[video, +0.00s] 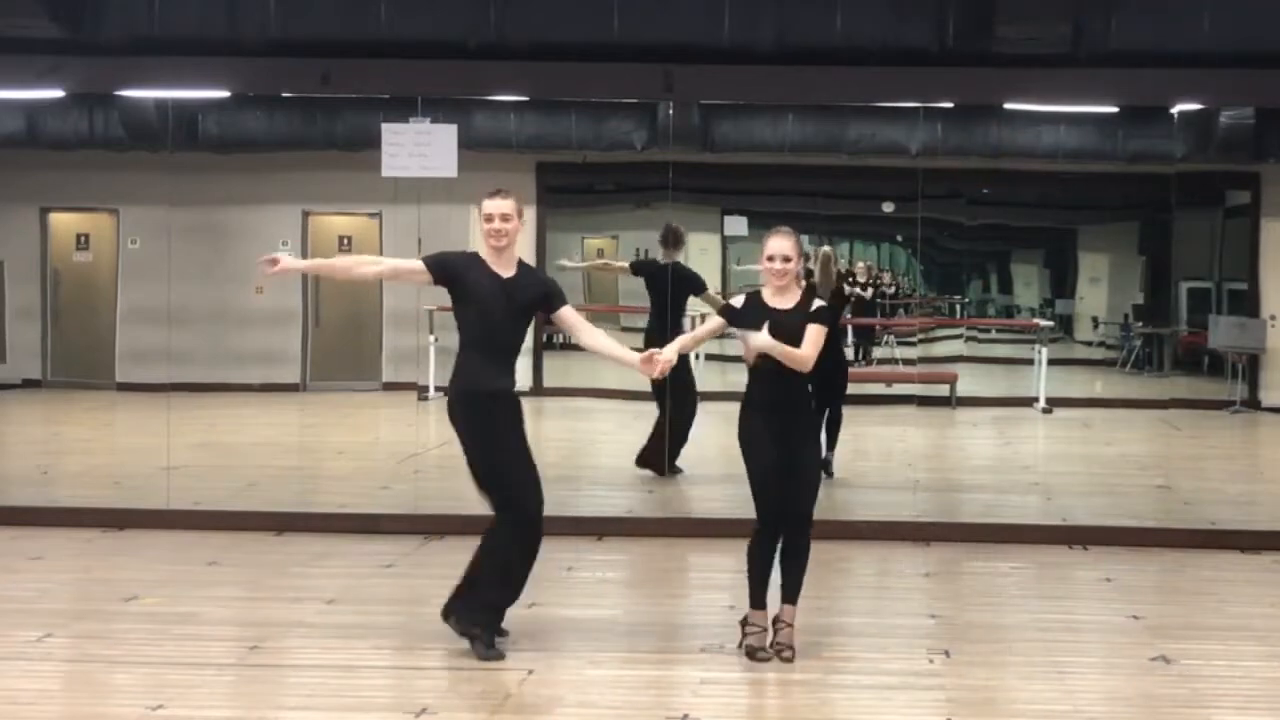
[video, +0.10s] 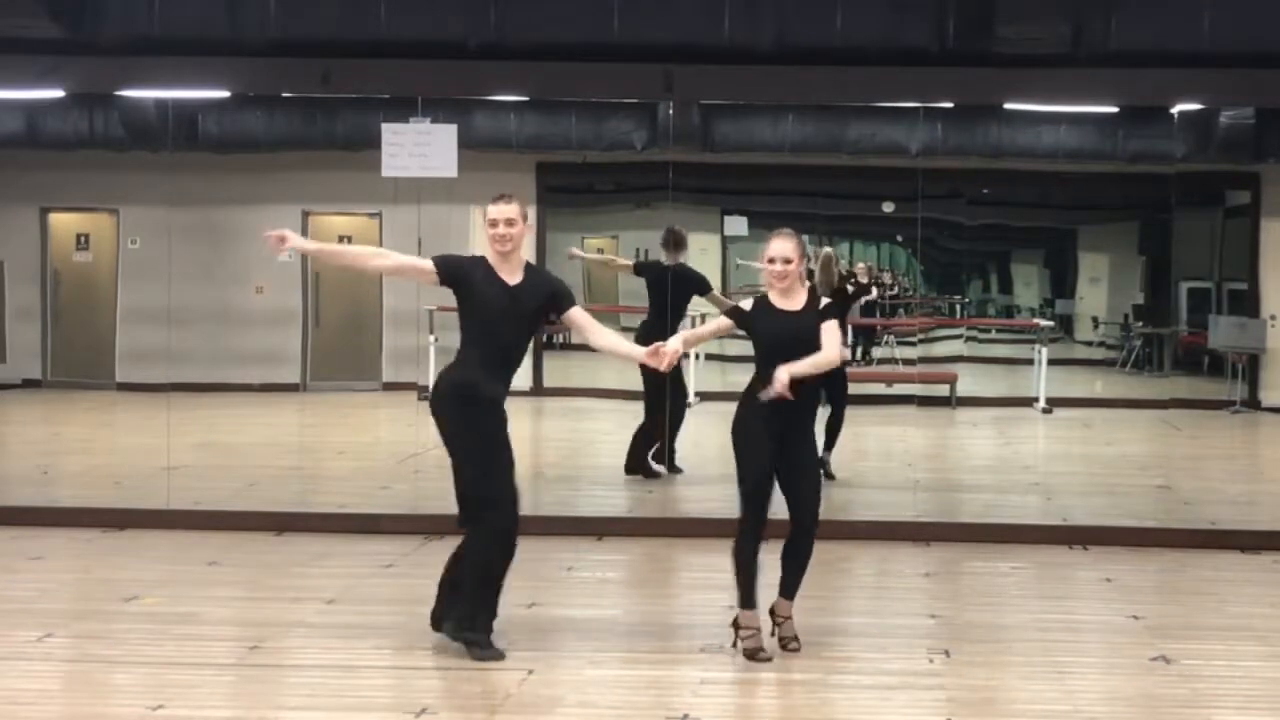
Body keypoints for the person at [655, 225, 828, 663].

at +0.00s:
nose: (778, 266)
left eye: (786, 259)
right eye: (771, 258)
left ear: (800, 263)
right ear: (761, 262)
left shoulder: (818, 306)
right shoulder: (746, 303)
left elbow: (806, 360)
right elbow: (699, 334)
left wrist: (764, 342)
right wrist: (669, 351)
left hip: (802, 424)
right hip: (759, 422)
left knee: (799, 522)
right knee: (770, 519)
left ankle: (786, 619)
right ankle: (756, 617)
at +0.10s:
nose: (777, 268)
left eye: (785, 261)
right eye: (771, 261)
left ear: (802, 264)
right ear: (762, 264)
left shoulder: (821, 307)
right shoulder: (753, 309)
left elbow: (834, 354)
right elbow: (703, 332)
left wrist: (790, 370)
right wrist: (675, 344)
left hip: (798, 427)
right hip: (755, 424)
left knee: (806, 521)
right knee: (753, 518)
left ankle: (784, 608)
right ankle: (747, 616)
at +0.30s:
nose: (765, 276)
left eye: (772, 270)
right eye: (764, 269)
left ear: (797, 272)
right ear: (781, 273)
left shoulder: (833, 315)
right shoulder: (764, 318)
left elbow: (876, 359)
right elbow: (709, 341)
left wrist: (841, 401)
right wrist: (688, 339)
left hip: (811, 431)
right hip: (761, 424)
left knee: (808, 526)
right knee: (713, 509)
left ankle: (784, 611)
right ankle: (654, 592)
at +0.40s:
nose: (766, 280)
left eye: (773, 273)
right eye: (765, 273)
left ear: (798, 275)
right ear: (779, 277)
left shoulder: (836, 318)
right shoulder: (766, 320)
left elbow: (879, 356)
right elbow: (711, 341)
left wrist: (846, 399)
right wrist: (693, 336)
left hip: (815, 432)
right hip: (765, 427)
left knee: (812, 529)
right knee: (713, 506)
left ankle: (785, 611)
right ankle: (653, 576)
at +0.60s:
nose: (770, 281)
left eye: (776, 274)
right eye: (769, 274)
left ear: (802, 276)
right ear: (789, 278)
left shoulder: (834, 320)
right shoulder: (767, 321)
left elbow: (878, 355)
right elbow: (712, 336)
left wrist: (844, 389)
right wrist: (670, 335)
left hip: (814, 434)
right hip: (769, 431)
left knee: (804, 524)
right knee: (754, 515)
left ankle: (790, 611)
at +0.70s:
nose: (773, 277)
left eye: (782, 271)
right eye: (773, 270)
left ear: (806, 274)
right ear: (775, 273)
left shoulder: (832, 318)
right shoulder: (762, 314)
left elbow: (877, 355)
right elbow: (705, 334)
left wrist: (842, 387)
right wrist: (651, 346)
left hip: (816, 429)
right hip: (773, 430)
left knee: (795, 520)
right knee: (788, 522)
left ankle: (785, 610)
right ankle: (827, 589)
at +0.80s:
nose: (782, 278)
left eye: (792, 272)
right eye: (778, 271)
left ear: (811, 277)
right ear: (772, 274)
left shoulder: (828, 321)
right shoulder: (758, 315)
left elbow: (876, 357)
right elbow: (701, 340)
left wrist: (838, 383)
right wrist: (648, 359)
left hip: (815, 435)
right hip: (777, 436)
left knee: (780, 517)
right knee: (820, 522)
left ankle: (786, 609)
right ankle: (846, 604)